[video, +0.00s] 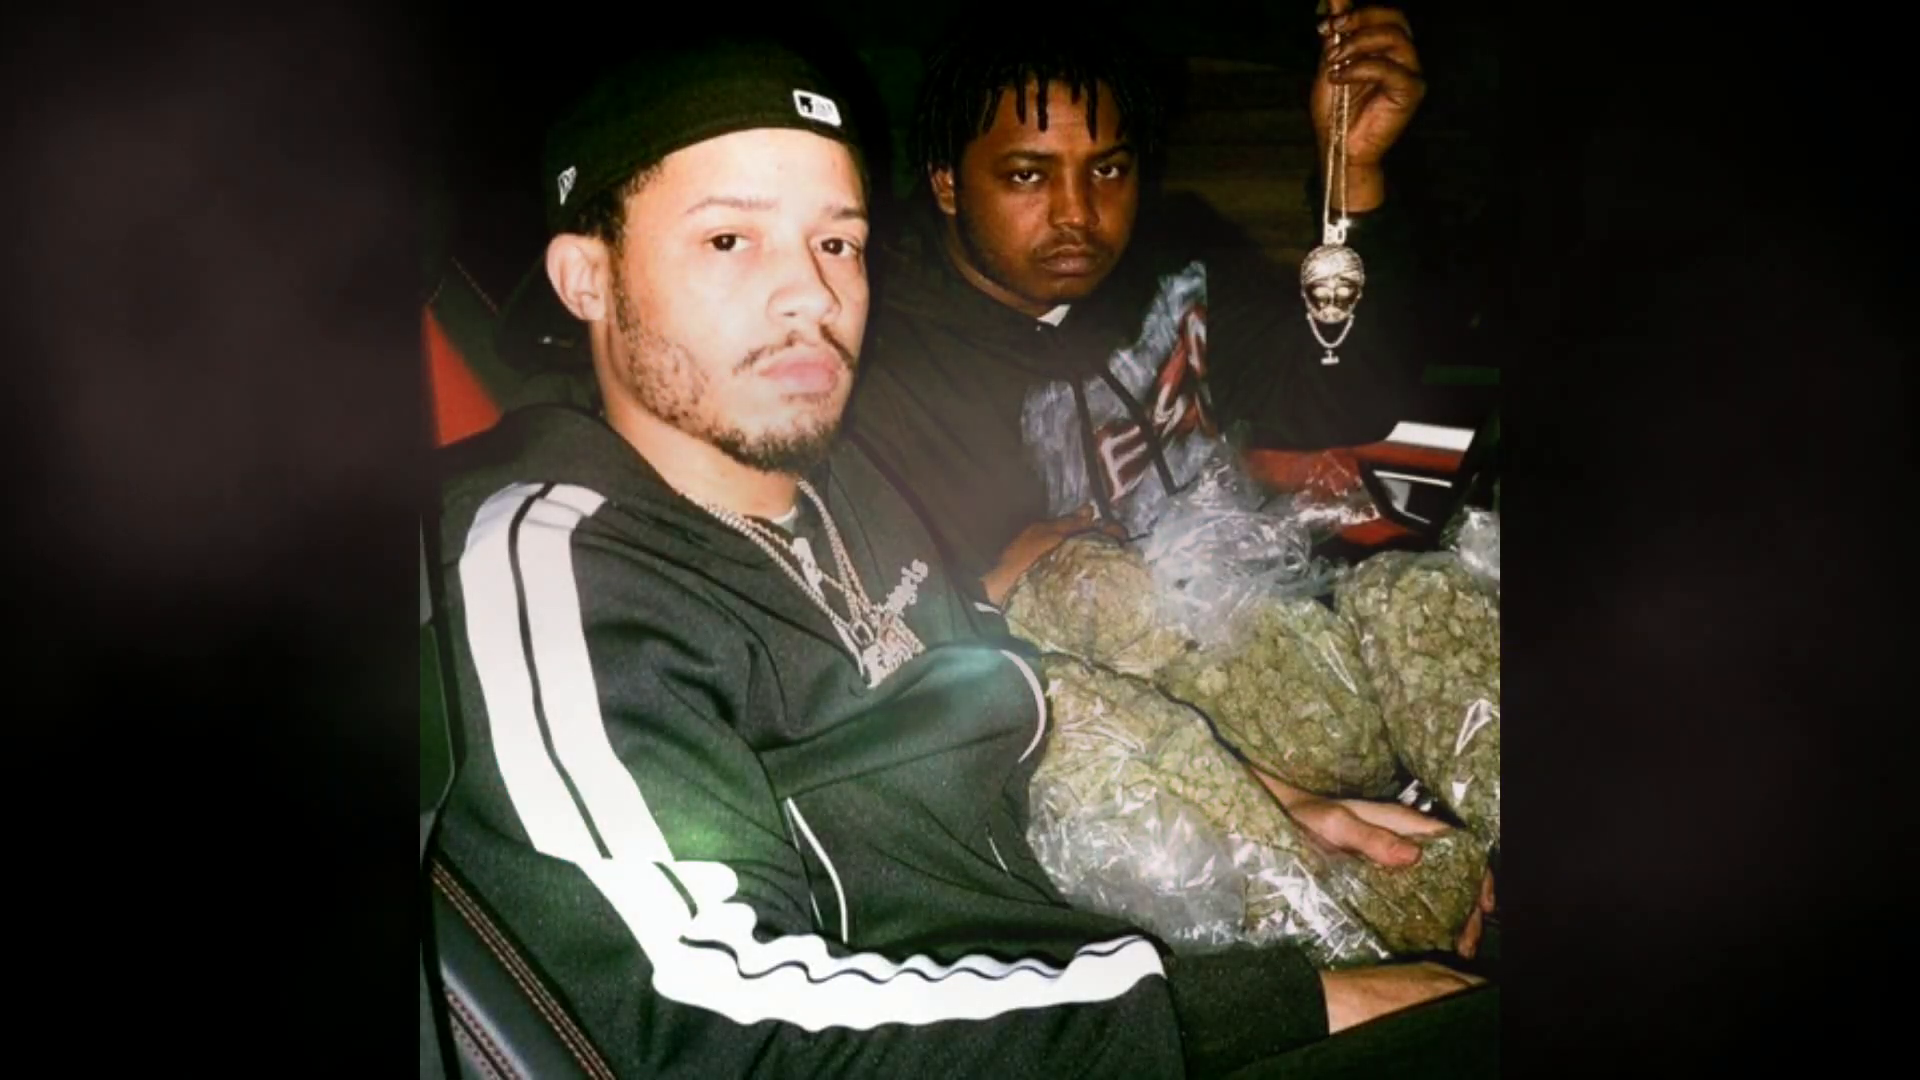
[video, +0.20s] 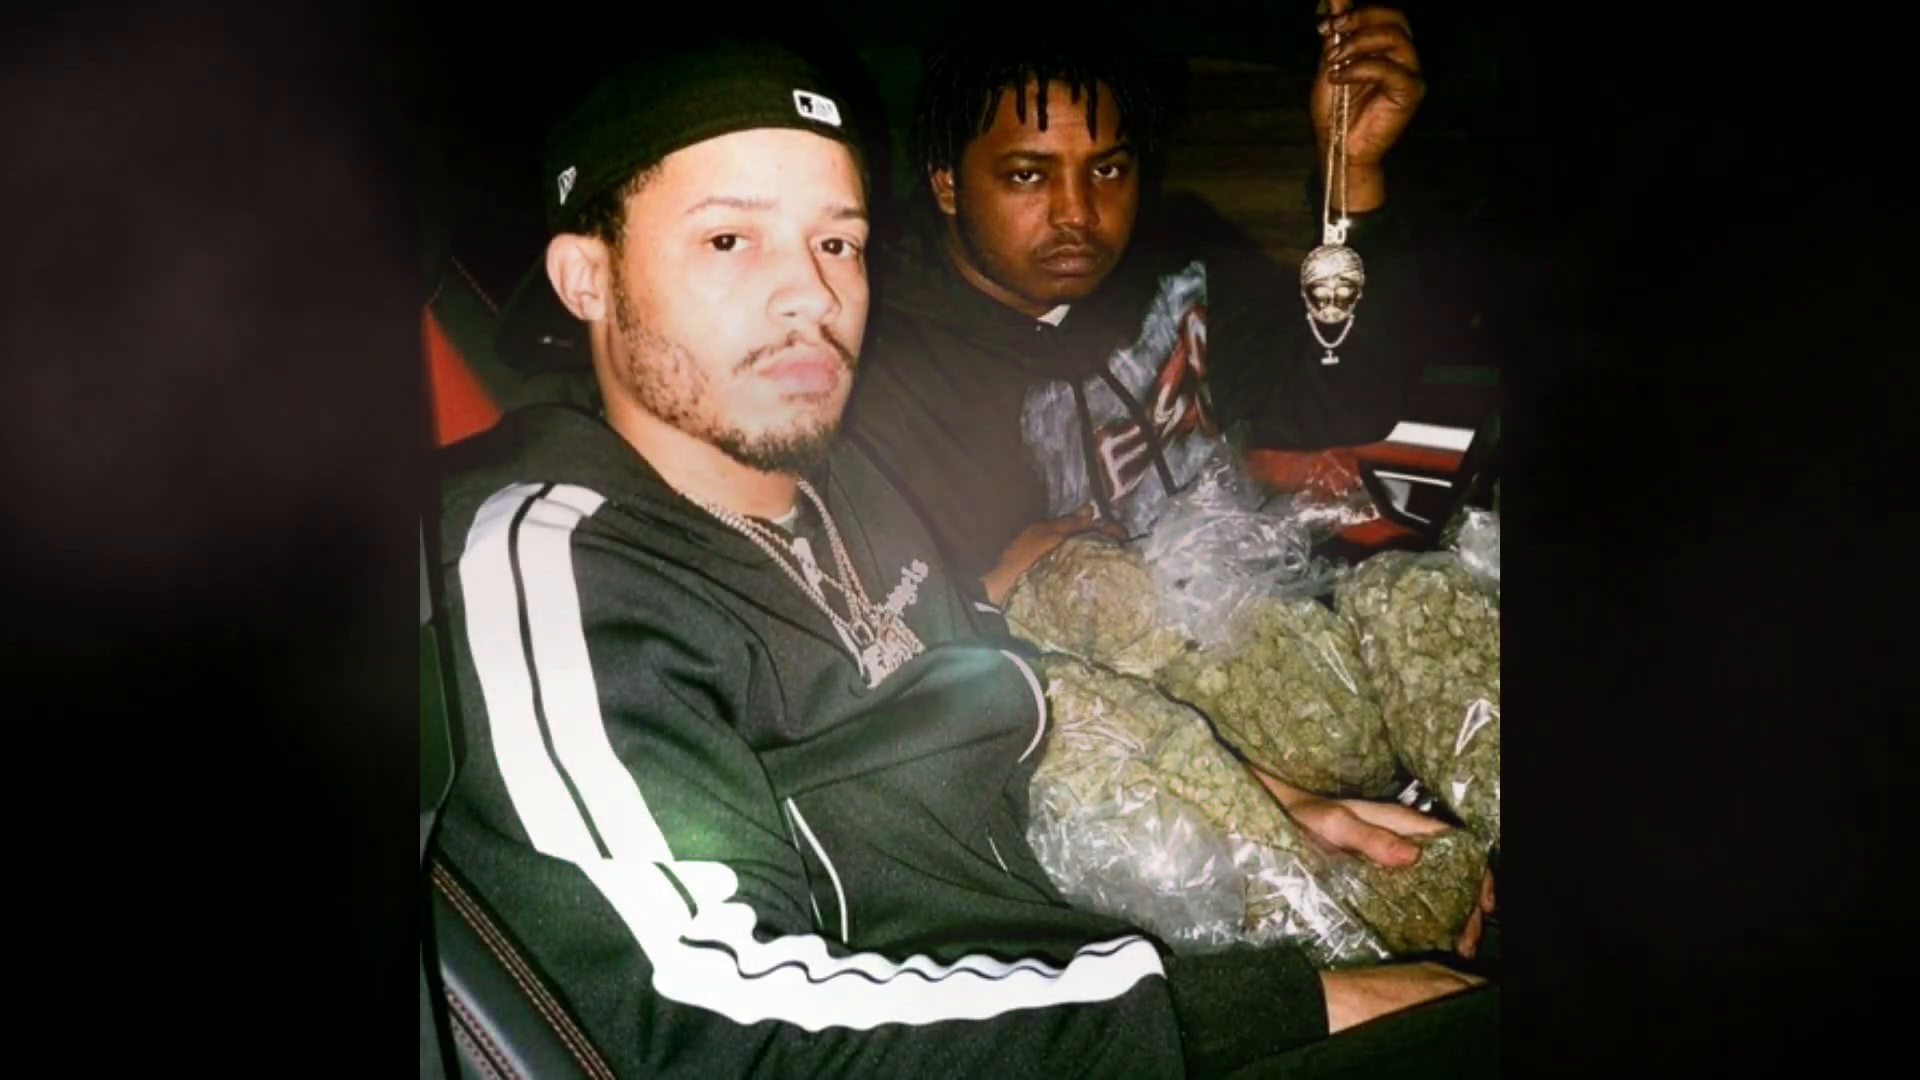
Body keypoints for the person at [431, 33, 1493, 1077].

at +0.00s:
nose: (810, 303)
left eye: (835, 249)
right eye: (728, 244)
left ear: (867, 269)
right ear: (587, 282)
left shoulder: (825, 483)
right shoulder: (535, 556)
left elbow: (1011, 753)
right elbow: (712, 1015)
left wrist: (1267, 821)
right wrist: (1280, 1006)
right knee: (1487, 1005)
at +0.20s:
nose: (811, 304)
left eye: (836, 249)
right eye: (728, 244)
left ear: (868, 270)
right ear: (587, 281)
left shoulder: (831, 481)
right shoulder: (534, 555)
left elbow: (1012, 750)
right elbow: (712, 1015)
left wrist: (1266, 822)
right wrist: (1279, 1006)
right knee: (1493, 1005)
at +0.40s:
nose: (811, 306)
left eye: (836, 250)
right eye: (728, 246)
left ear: (867, 267)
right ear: (587, 282)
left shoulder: (831, 483)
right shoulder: (535, 553)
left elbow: (1012, 750)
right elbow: (715, 1014)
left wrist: (1268, 825)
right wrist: (1279, 1006)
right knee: (1468, 1010)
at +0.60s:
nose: (811, 304)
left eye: (836, 249)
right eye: (729, 244)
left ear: (867, 269)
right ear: (588, 282)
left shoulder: (830, 488)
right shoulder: (535, 552)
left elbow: (1013, 746)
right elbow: (712, 1013)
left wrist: (1264, 826)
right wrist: (1279, 1007)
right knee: (1457, 1006)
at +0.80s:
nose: (812, 305)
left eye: (836, 250)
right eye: (729, 245)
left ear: (867, 269)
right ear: (588, 282)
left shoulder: (826, 485)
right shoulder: (535, 553)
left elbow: (1011, 746)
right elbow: (711, 1015)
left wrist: (1262, 826)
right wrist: (1276, 1007)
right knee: (1458, 1005)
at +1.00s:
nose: (812, 304)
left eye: (836, 249)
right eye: (729, 245)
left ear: (867, 269)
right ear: (589, 283)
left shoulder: (830, 480)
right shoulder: (533, 555)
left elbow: (1003, 744)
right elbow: (708, 1011)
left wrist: (1263, 832)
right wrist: (1277, 1006)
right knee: (1446, 1008)